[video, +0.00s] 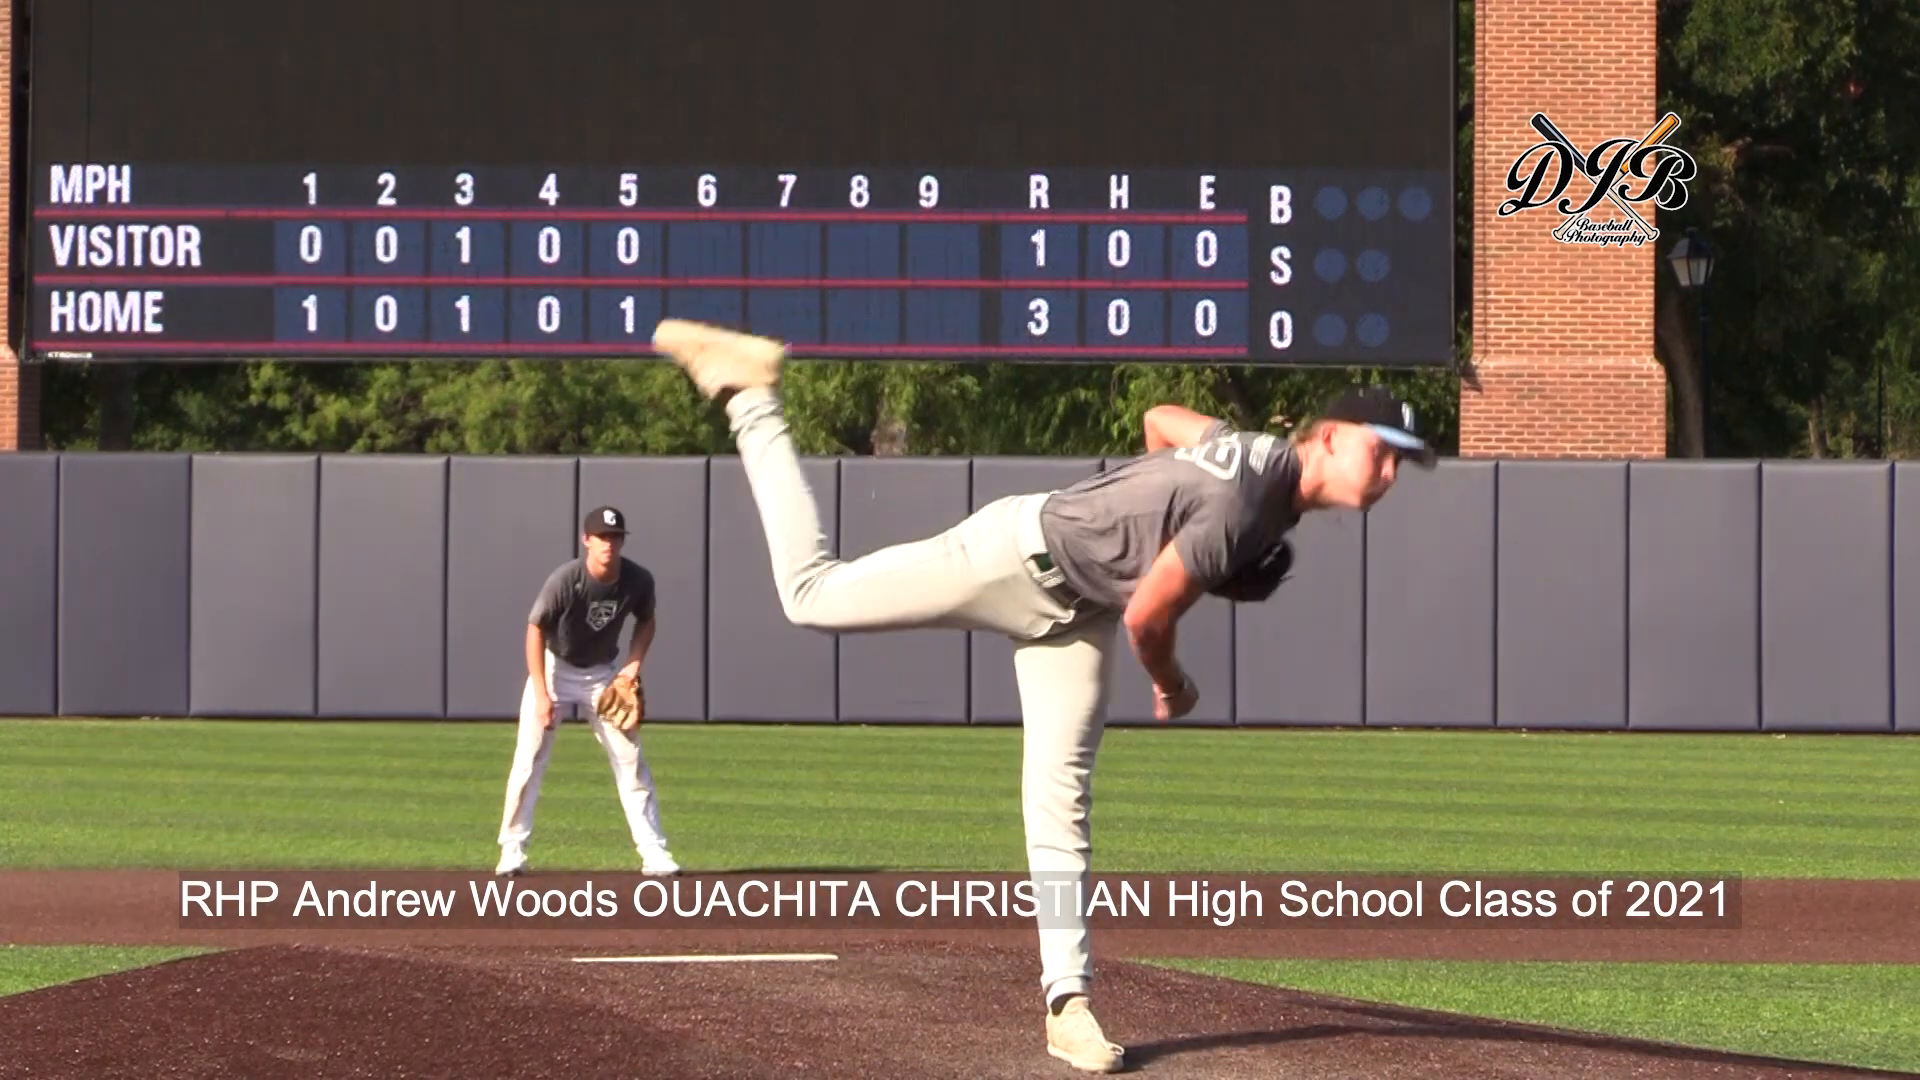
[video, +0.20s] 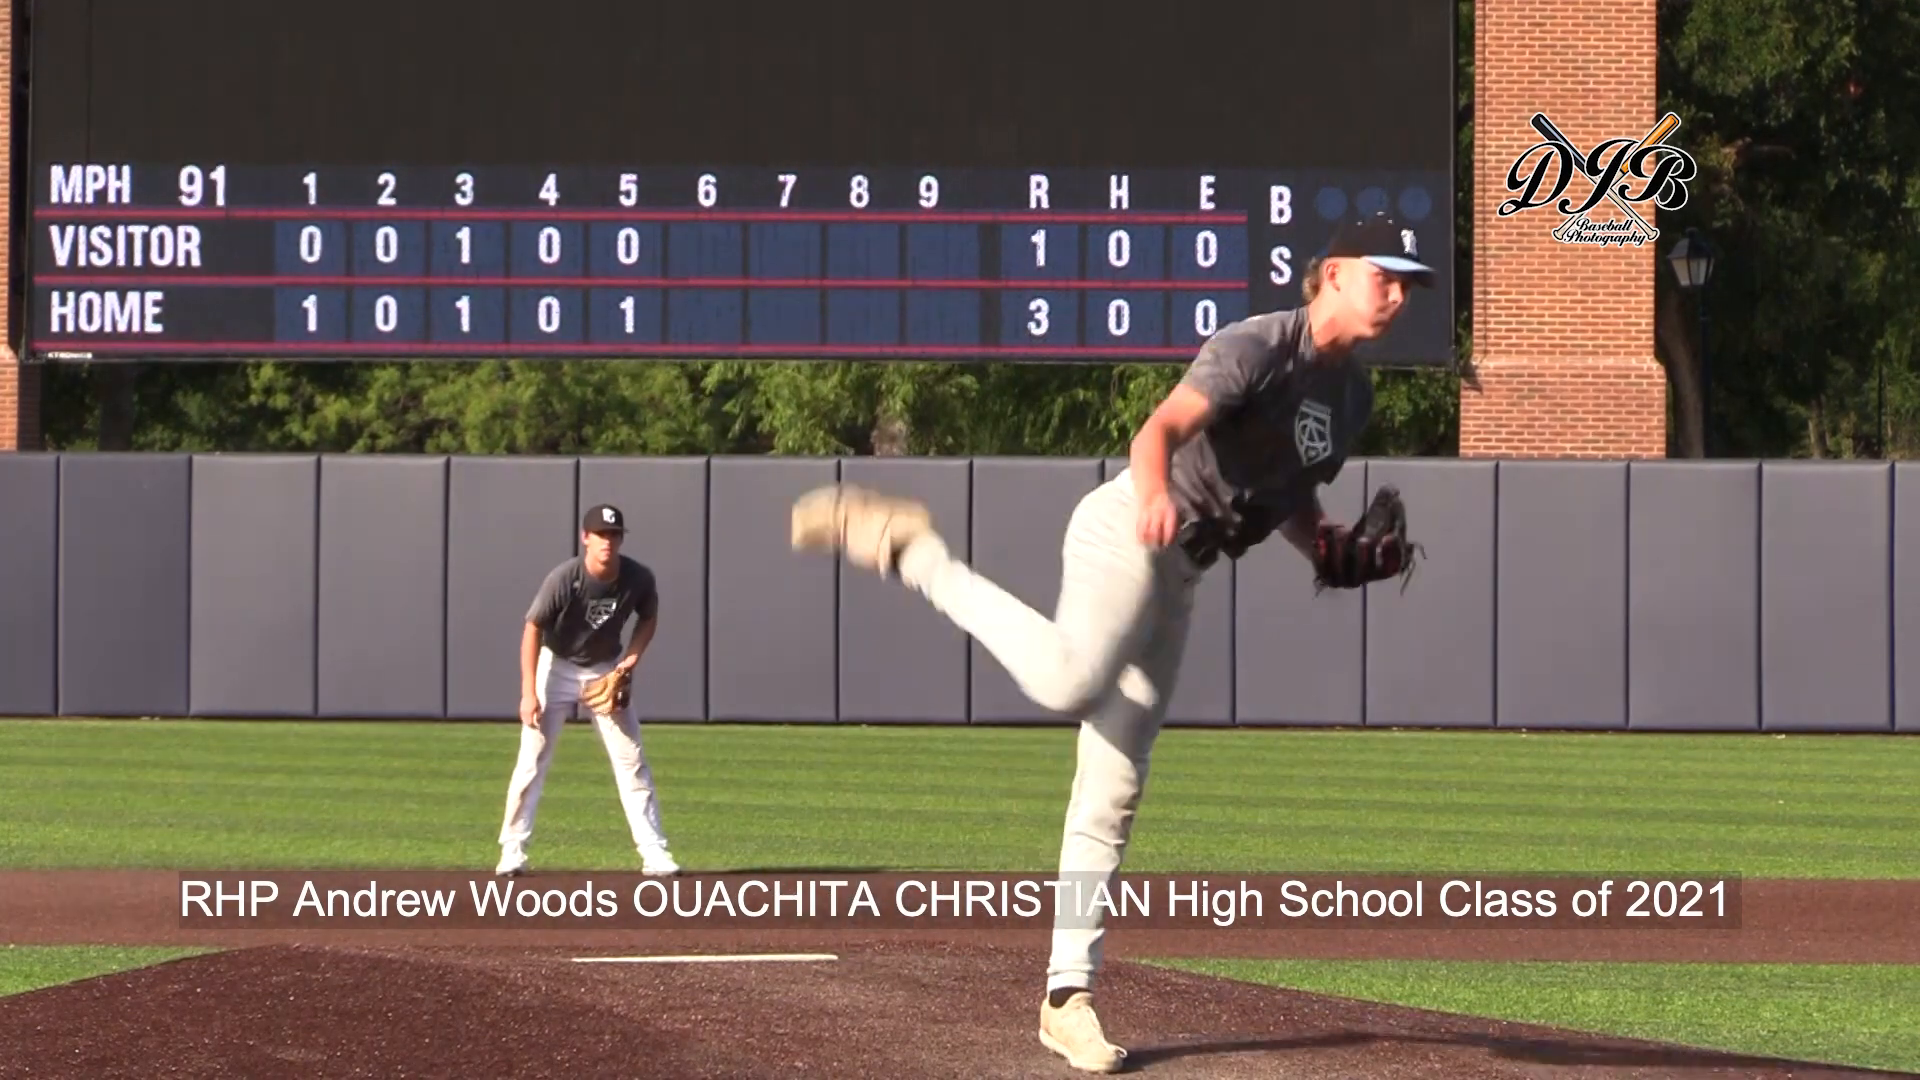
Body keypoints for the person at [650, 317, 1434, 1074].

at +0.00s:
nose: (1389, 471)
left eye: (1393, 460)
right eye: (1378, 454)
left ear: (1342, 454)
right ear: (1323, 445)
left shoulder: (1264, 464)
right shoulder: (1247, 501)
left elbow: (1165, 418)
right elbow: (1147, 617)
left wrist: (1178, 521)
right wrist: (1173, 683)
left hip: (1080, 617)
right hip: (1021, 554)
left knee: (1059, 801)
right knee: (811, 593)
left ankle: (1069, 1005)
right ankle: (748, 388)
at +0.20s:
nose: (1397, 297)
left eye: (1404, 284)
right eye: (1383, 280)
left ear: (1394, 296)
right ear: (1331, 279)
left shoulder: (1352, 391)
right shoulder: (1260, 345)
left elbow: (1280, 483)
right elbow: (1160, 427)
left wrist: (1327, 549)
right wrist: (1152, 494)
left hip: (1179, 566)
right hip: (1131, 521)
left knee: (1111, 785)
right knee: (1064, 681)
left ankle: (1066, 996)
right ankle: (911, 550)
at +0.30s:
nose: (1418, 270)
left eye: (1426, 257)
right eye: (1404, 251)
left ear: (1419, 270)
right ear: (1350, 249)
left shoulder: (1367, 366)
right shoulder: (1291, 315)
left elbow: (1307, 500)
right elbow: (1182, 375)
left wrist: (1373, 524)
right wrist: (1220, 380)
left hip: (1231, 553)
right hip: (1185, 531)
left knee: (1151, 770)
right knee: (1245, 715)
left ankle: (1076, 988)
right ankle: (1064, 864)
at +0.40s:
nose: (1440, 265)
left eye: (1444, 252)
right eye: (1424, 248)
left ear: (1432, 266)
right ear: (1370, 251)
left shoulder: (1383, 363)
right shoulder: (1324, 316)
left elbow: (1344, 505)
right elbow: (1233, 386)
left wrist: (1411, 515)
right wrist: (1309, 385)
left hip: (1286, 560)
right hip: (1264, 551)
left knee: (1199, 790)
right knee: (1318, 777)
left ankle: (1084, 983)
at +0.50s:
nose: (1465, 284)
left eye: (1468, 270)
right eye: (1449, 268)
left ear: (1422, 281)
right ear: (1396, 273)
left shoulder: (1388, 364)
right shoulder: (1369, 354)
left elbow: (1385, 511)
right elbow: (1314, 460)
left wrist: (1461, 516)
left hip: (1328, 601)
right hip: (1349, 601)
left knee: (1288, 835)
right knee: (1445, 811)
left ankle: (1117, 975)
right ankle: (1467, 1045)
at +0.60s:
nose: (1492, 303)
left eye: (1494, 288)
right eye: (1475, 285)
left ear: (1432, 301)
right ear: (1420, 294)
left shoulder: (1377, 381)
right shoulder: (1419, 390)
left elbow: (1394, 529)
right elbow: (1416, 530)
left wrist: (1495, 551)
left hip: (1366, 628)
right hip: (1415, 631)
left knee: (1400, 853)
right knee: (1523, 833)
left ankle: (1203, 952)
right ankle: (1473, 1049)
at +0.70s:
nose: (1527, 297)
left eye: (1529, 283)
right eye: (1512, 280)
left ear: (1468, 291)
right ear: (1456, 284)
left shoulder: (1403, 367)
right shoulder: (1454, 387)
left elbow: (1397, 528)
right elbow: (1466, 537)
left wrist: (1510, 571)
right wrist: (1579, 627)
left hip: (1402, 620)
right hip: (1449, 624)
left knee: (1486, 826)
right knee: (1531, 836)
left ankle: (1325, 977)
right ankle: (1472, 1050)